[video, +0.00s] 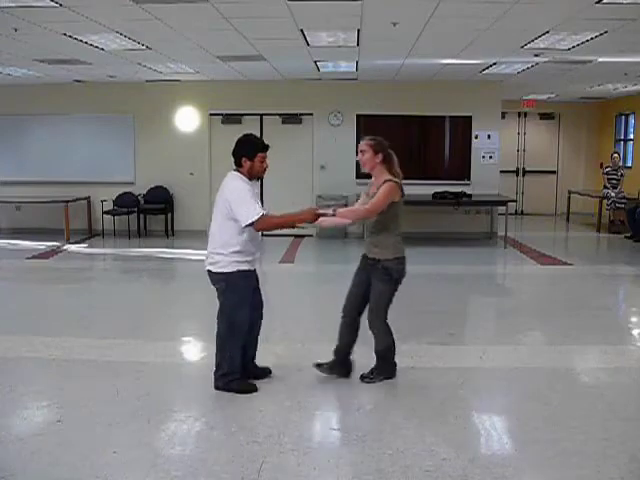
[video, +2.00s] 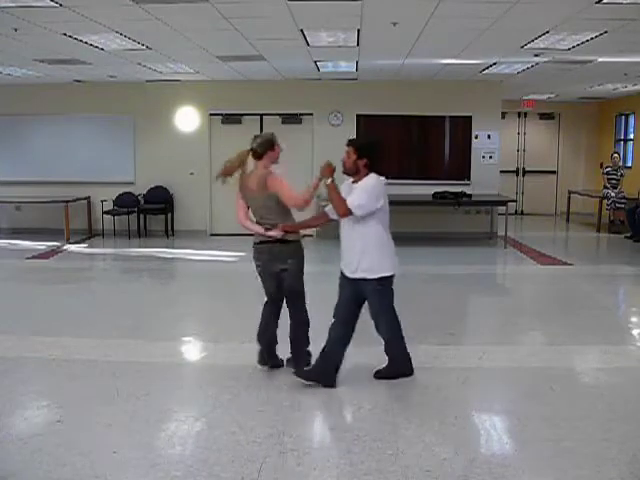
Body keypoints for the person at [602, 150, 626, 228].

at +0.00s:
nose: (615, 160)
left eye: (616, 158)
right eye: (613, 158)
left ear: (619, 160)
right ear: (611, 160)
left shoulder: (621, 170)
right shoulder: (606, 169)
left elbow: (621, 182)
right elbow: (605, 182)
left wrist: (618, 190)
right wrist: (611, 189)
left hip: (617, 188)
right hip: (608, 188)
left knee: (622, 196)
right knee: (611, 196)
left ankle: (621, 217)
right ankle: (611, 216)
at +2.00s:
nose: (615, 160)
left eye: (616, 158)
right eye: (613, 158)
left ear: (619, 160)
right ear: (611, 160)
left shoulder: (621, 170)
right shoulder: (606, 169)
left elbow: (621, 184)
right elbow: (605, 182)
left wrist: (617, 190)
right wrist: (611, 190)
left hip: (617, 188)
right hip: (608, 188)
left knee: (622, 196)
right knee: (611, 196)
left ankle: (621, 216)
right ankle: (611, 215)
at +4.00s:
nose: (615, 160)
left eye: (617, 158)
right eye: (613, 158)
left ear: (619, 160)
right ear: (611, 160)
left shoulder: (621, 170)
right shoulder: (606, 169)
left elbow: (621, 183)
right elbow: (605, 182)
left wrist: (617, 190)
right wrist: (611, 190)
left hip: (617, 189)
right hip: (608, 188)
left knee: (622, 196)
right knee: (611, 196)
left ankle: (621, 217)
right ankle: (611, 217)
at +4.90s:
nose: (615, 160)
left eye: (617, 158)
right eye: (614, 158)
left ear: (619, 160)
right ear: (611, 160)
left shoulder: (621, 171)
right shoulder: (606, 169)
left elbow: (621, 183)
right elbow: (605, 182)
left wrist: (617, 190)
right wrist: (611, 189)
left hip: (617, 188)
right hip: (608, 188)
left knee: (622, 196)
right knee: (611, 196)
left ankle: (621, 217)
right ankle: (612, 217)